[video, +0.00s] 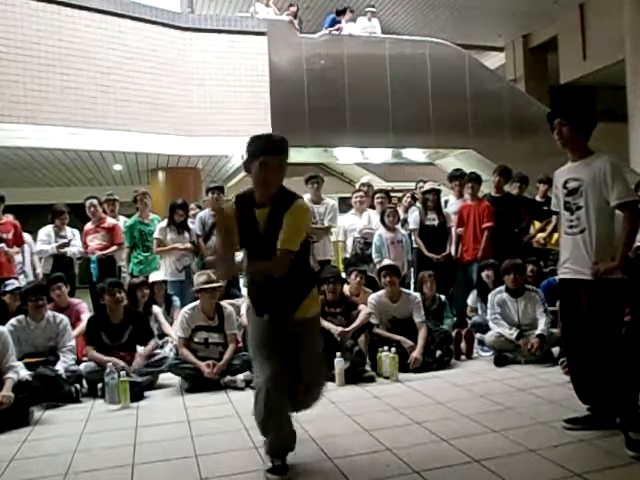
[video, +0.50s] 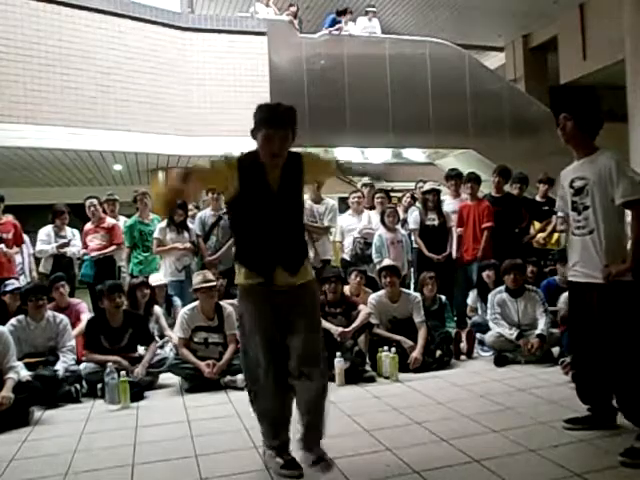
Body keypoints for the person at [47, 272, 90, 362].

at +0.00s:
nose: (57, 293)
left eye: (59, 288)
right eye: (53, 290)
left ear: (67, 288)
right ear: (50, 294)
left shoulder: (79, 305)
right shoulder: (48, 310)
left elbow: (85, 321)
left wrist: (71, 335)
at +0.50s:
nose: (61, 291)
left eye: (63, 286)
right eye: (56, 289)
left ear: (68, 288)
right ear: (52, 294)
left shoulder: (79, 305)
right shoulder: (48, 310)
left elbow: (85, 321)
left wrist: (70, 336)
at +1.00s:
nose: (61, 290)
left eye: (63, 286)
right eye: (57, 288)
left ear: (69, 288)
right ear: (52, 293)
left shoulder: (79, 305)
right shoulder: (49, 310)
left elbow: (86, 322)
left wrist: (70, 336)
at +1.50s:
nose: (62, 292)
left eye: (65, 287)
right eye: (58, 290)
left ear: (70, 290)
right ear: (53, 295)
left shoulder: (81, 306)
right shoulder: (51, 311)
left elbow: (88, 324)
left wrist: (72, 337)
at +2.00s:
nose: (65, 293)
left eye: (67, 289)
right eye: (60, 291)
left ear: (73, 291)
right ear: (56, 296)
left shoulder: (84, 307)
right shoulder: (54, 311)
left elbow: (90, 325)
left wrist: (75, 338)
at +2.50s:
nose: (64, 294)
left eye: (66, 289)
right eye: (59, 291)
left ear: (72, 291)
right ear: (55, 296)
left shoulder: (83, 307)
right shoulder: (53, 312)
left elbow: (90, 325)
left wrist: (74, 339)